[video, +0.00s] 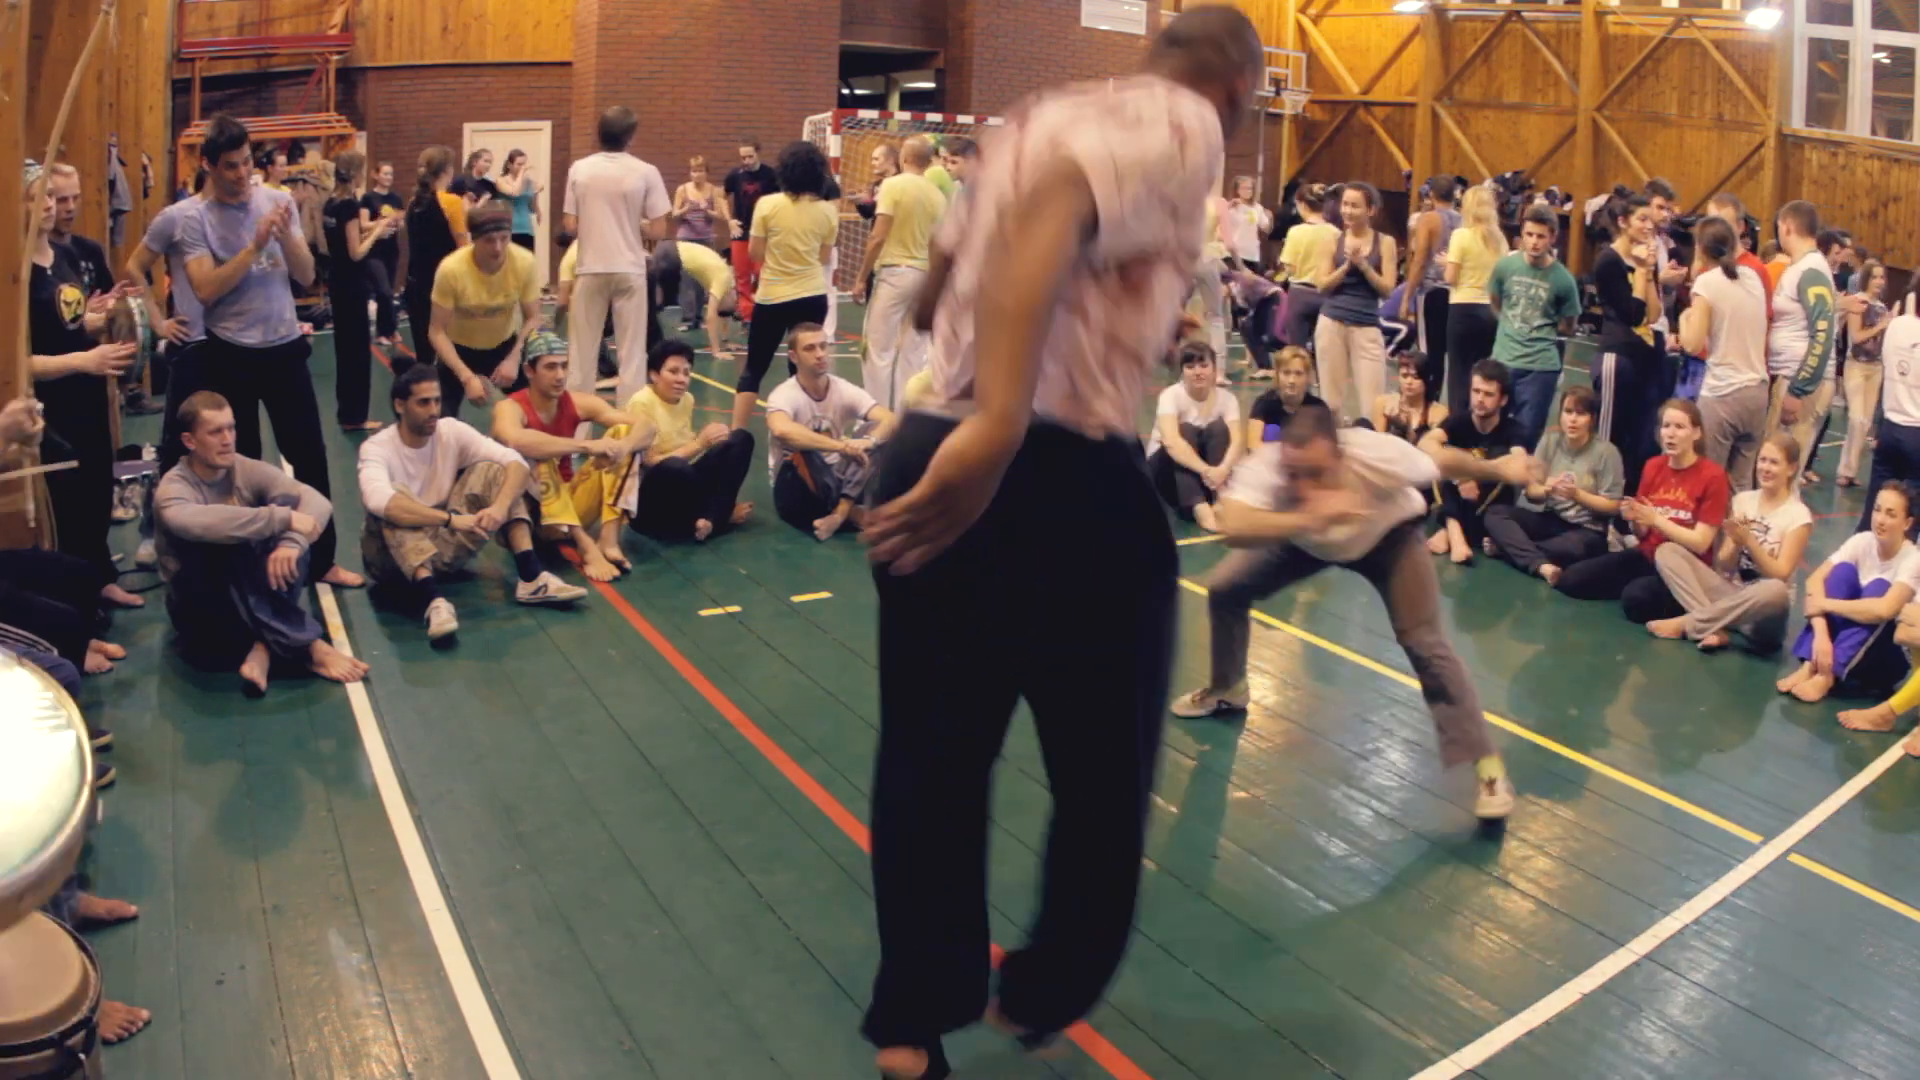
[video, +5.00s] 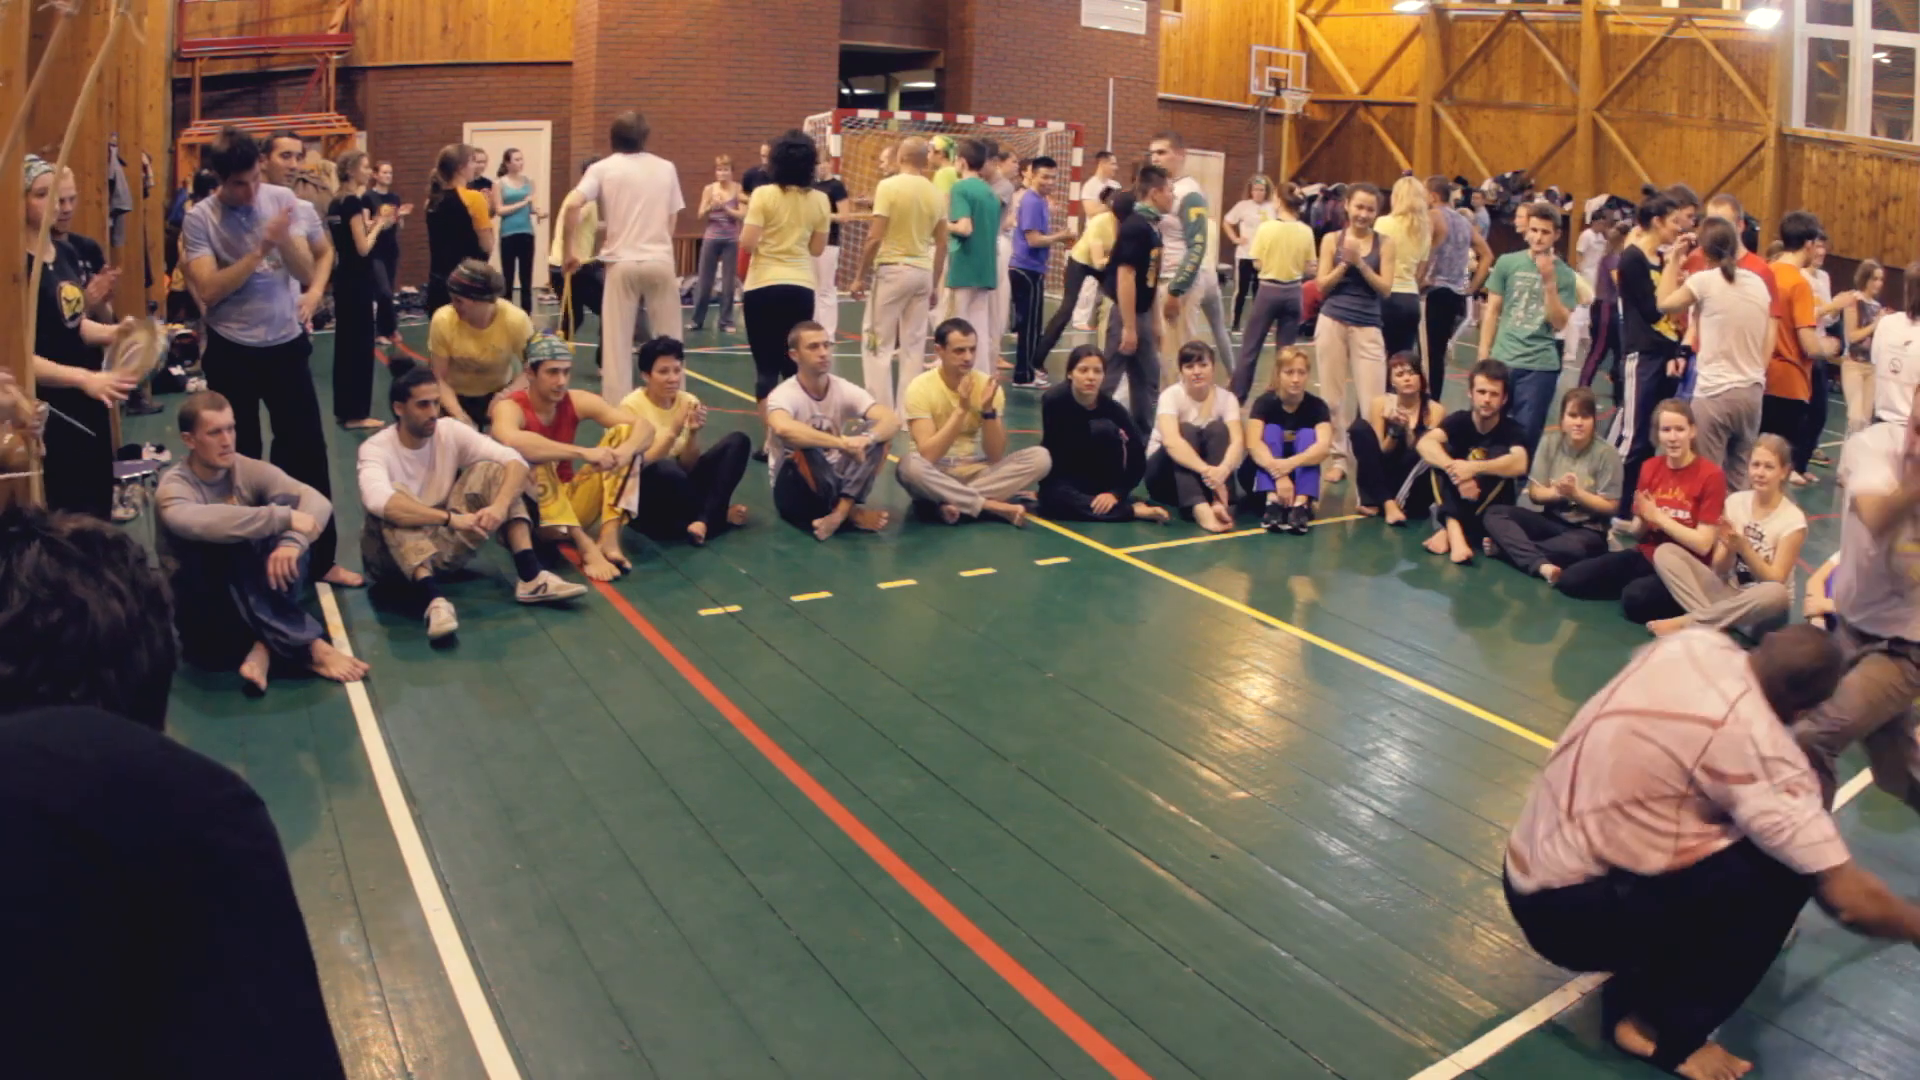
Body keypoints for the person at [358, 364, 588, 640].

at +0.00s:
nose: (434, 410)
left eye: (437, 401)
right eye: (424, 403)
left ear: (442, 401)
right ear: (399, 405)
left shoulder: (451, 431)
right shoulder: (376, 449)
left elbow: (516, 464)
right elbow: (379, 502)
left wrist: (500, 509)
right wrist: (450, 519)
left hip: (449, 547)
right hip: (398, 554)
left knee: (491, 470)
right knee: (396, 498)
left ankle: (532, 577)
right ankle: (434, 602)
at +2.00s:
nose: (432, 410)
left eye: (436, 401)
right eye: (422, 403)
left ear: (440, 400)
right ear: (398, 407)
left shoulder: (450, 430)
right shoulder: (375, 449)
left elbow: (516, 463)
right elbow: (380, 502)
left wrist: (500, 508)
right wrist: (449, 519)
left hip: (449, 546)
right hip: (398, 552)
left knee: (493, 470)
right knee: (395, 499)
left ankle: (531, 576)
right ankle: (434, 601)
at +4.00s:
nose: (434, 412)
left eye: (436, 403)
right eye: (424, 405)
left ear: (440, 401)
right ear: (398, 407)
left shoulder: (450, 430)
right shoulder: (375, 449)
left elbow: (516, 463)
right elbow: (380, 502)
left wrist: (500, 508)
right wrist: (449, 519)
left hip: (450, 544)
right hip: (400, 550)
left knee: (492, 469)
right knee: (395, 501)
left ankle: (532, 577)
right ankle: (435, 601)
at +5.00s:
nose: (433, 413)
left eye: (436, 403)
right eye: (423, 405)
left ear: (441, 402)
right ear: (398, 408)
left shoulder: (451, 431)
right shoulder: (376, 449)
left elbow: (516, 463)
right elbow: (378, 502)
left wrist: (500, 507)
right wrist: (450, 518)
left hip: (450, 545)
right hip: (399, 552)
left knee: (493, 470)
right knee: (396, 502)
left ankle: (531, 576)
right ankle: (434, 600)